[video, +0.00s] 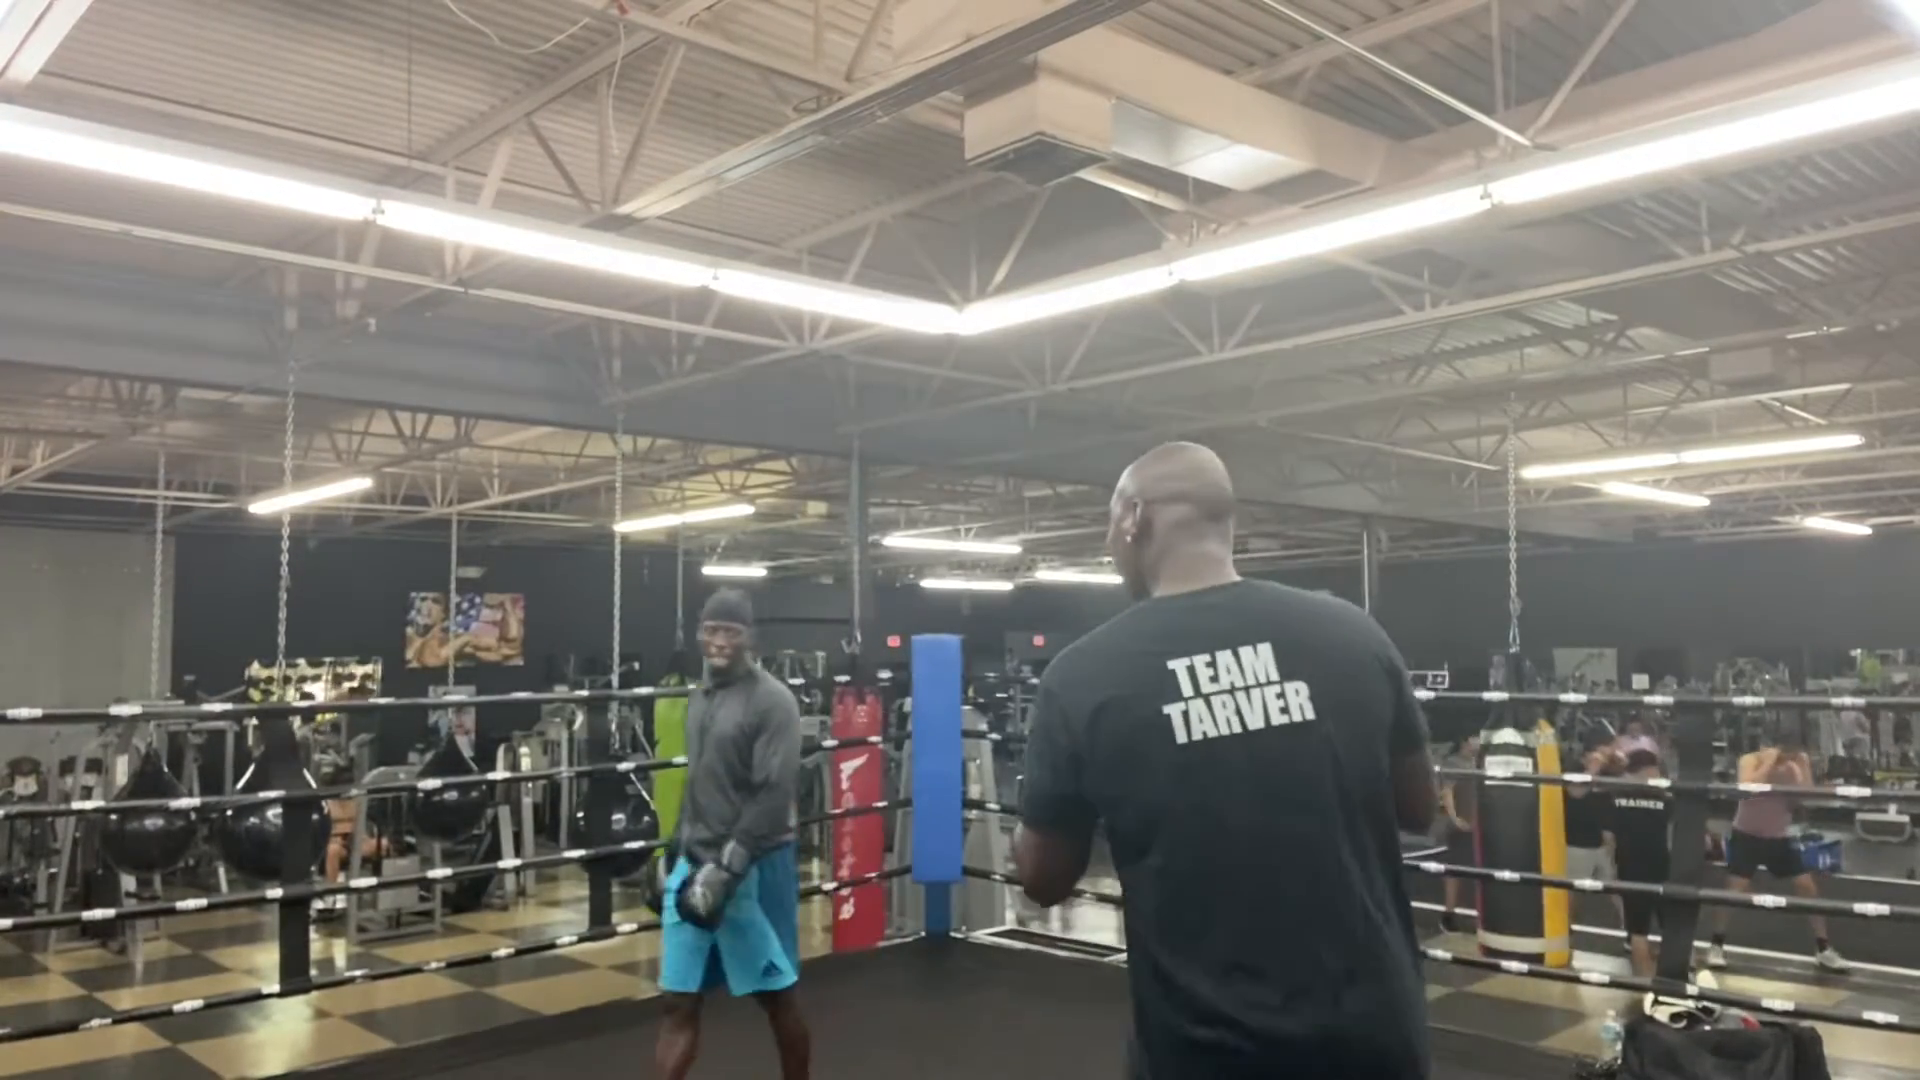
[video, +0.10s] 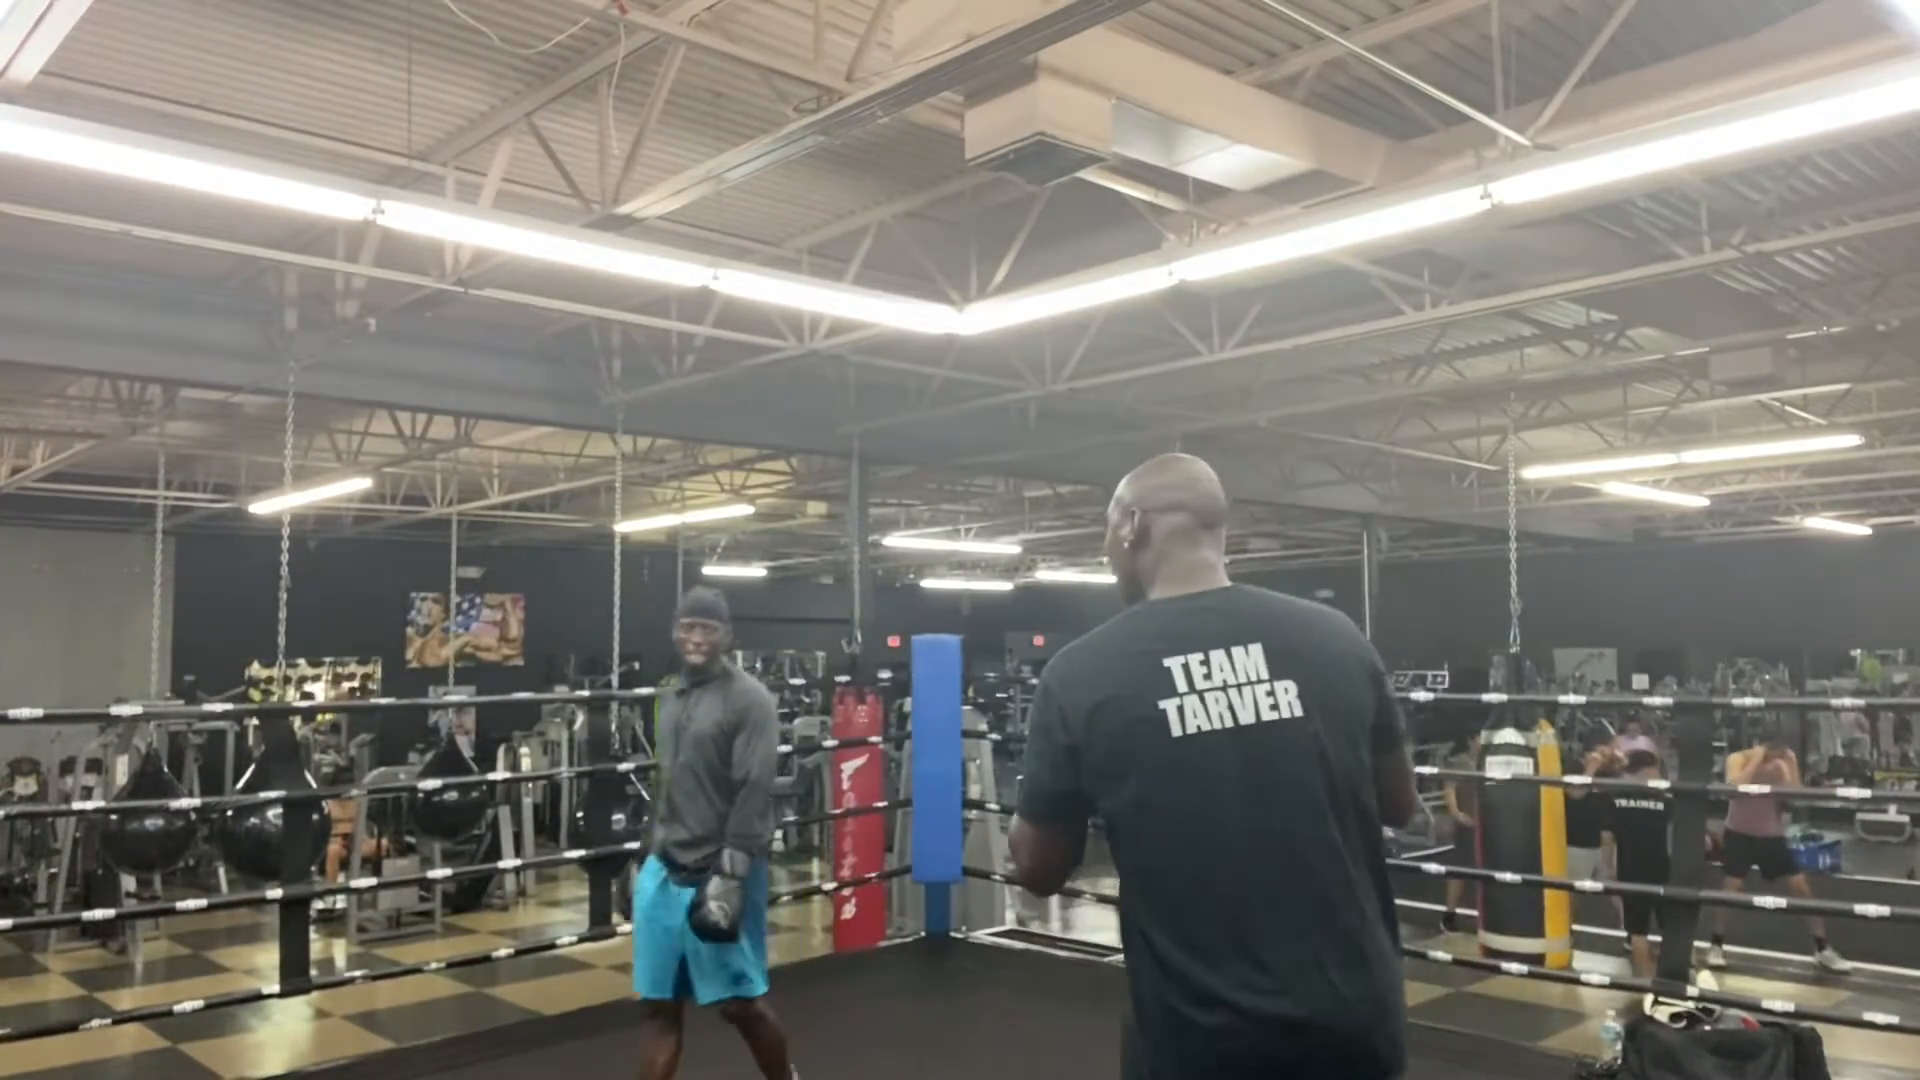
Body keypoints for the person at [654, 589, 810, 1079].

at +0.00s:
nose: (719, 641)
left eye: (730, 633)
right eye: (711, 631)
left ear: (749, 638)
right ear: (699, 637)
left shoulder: (774, 700)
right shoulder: (701, 698)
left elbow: (774, 799)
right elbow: (696, 786)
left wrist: (725, 868)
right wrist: (675, 857)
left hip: (758, 864)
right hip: (696, 862)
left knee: (777, 998)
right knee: (678, 1002)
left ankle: (797, 1073)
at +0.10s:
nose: (696, 638)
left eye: (708, 629)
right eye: (688, 629)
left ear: (728, 636)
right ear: (675, 634)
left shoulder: (750, 699)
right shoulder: (670, 697)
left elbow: (755, 793)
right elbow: (669, 786)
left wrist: (731, 876)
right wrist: (649, 859)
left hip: (723, 876)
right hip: (663, 873)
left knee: (740, 1003)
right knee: (660, 1008)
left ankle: (784, 1075)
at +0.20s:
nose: (674, 636)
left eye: (685, 626)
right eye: (665, 626)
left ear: (703, 633)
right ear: (650, 634)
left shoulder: (730, 695)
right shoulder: (639, 700)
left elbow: (744, 785)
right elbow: (633, 785)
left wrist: (740, 875)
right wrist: (614, 860)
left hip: (695, 874)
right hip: (639, 871)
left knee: (692, 1013)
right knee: (646, 1011)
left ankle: (763, 1075)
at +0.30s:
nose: (649, 630)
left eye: (659, 619)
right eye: (639, 619)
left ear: (677, 627)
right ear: (623, 629)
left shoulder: (706, 692)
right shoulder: (613, 696)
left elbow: (735, 776)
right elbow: (595, 785)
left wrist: (747, 863)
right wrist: (571, 864)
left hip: (676, 863)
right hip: (617, 864)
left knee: (640, 1005)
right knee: (630, 1007)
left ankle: (705, 1074)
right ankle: (648, 1074)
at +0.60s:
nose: (606, 629)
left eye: (617, 620)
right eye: (594, 619)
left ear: (629, 631)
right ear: (574, 630)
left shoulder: (656, 697)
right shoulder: (560, 700)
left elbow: (685, 785)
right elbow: (540, 795)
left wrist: (706, 871)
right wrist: (500, 866)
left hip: (631, 875)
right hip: (574, 877)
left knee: (581, 1022)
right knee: (615, 1022)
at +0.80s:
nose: (586, 631)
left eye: (598, 623)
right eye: (576, 619)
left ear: (609, 635)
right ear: (554, 625)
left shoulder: (624, 705)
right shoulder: (528, 688)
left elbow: (639, 804)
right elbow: (505, 781)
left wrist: (646, 893)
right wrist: (476, 862)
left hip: (582, 874)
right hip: (524, 876)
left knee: (555, 1021)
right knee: (551, 1011)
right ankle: (605, 1069)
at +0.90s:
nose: (573, 641)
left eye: (585, 632)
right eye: (561, 629)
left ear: (596, 639)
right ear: (536, 630)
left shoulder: (605, 709)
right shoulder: (510, 689)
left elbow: (612, 807)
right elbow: (487, 780)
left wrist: (592, 902)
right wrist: (457, 857)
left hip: (550, 889)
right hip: (489, 886)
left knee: (544, 1043)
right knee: (483, 1035)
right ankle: (564, 1075)